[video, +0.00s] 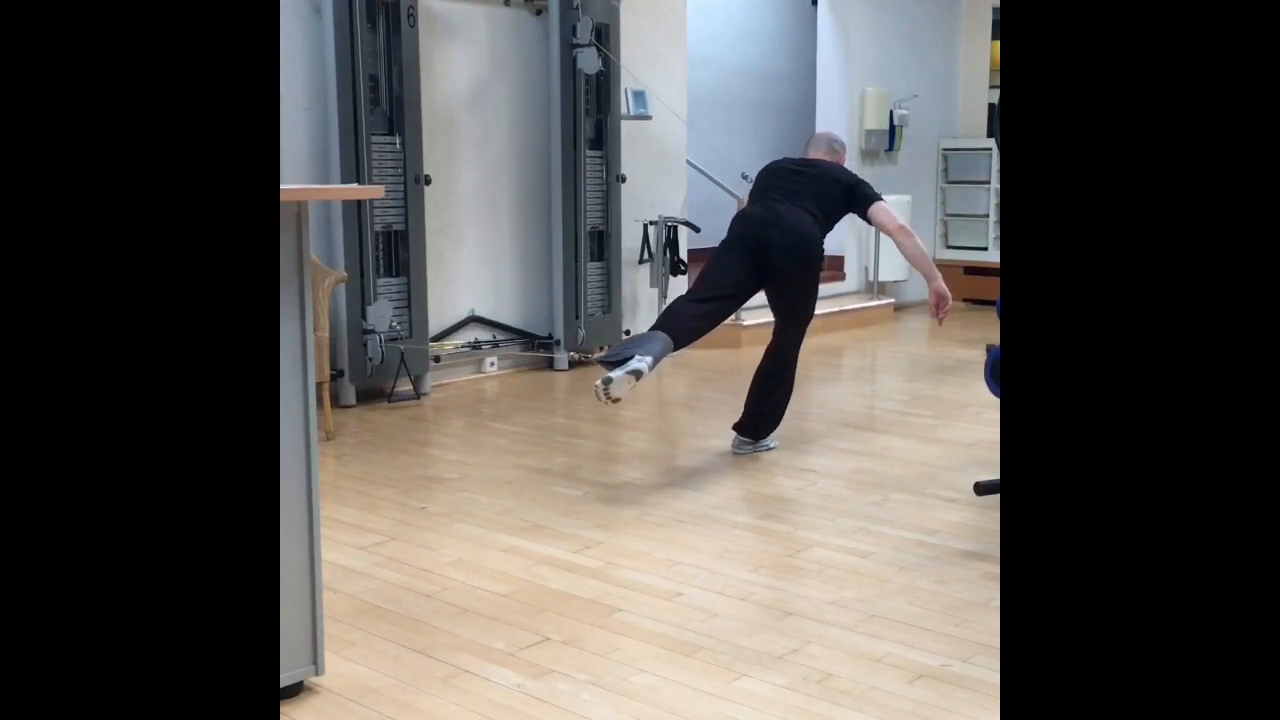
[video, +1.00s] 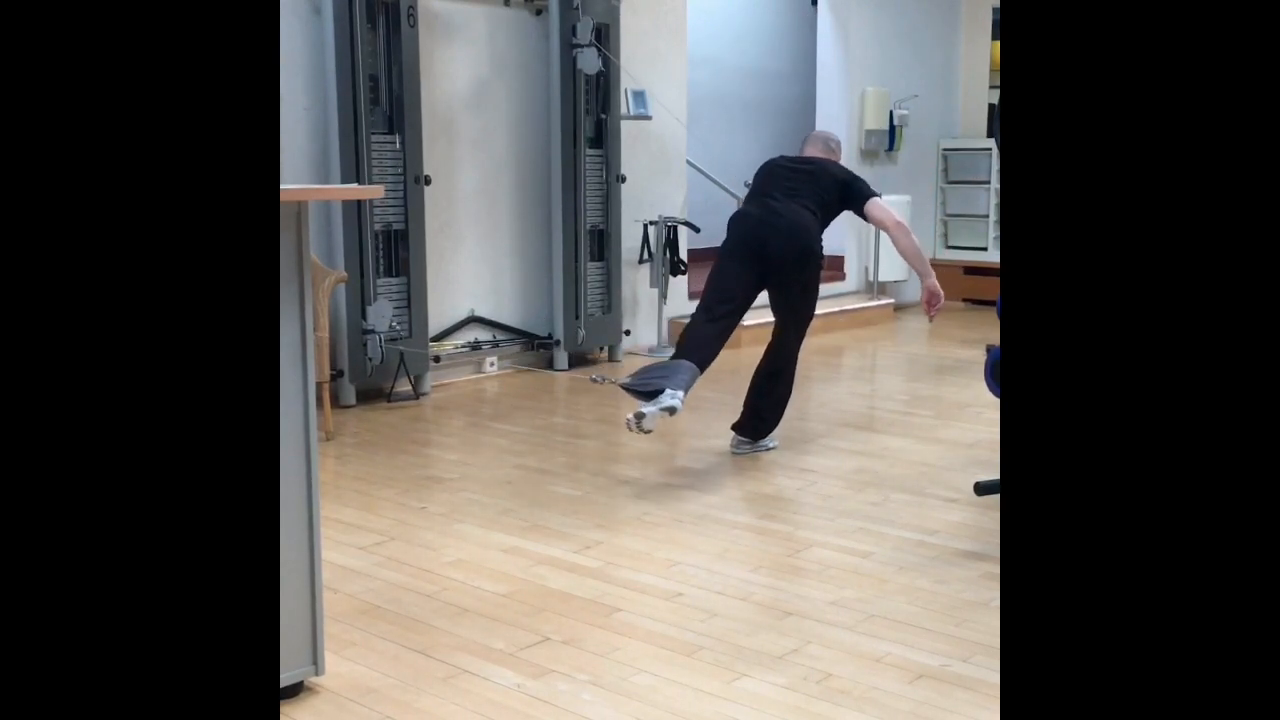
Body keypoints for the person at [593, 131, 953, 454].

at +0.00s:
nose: (842, 167)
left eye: (836, 160)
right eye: (843, 161)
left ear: (807, 151)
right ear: (840, 158)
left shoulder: (777, 166)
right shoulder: (845, 178)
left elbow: (745, 209)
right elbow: (897, 228)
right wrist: (935, 281)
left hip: (748, 233)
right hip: (798, 247)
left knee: (702, 301)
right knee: (787, 337)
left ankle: (646, 354)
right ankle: (752, 433)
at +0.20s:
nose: (842, 171)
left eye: (836, 164)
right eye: (842, 166)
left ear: (806, 156)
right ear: (838, 164)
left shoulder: (776, 171)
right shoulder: (844, 180)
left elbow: (747, 210)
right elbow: (896, 230)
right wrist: (935, 281)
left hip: (748, 230)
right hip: (798, 244)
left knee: (705, 295)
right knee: (787, 338)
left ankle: (642, 346)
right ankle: (751, 432)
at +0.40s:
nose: (839, 176)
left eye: (832, 171)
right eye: (840, 171)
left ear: (802, 163)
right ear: (836, 169)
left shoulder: (775, 177)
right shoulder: (841, 181)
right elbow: (894, 227)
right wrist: (938, 275)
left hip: (747, 233)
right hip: (796, 244)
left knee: (706, 297)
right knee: (788, 335)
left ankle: (643, 350)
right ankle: (750, 431)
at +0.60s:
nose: (839, 177)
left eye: (832, 172)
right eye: (839, 172)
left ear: (800, 166)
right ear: (835, 169)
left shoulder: (773, 180)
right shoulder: (840, 181)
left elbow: (747, 220)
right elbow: (892, 223)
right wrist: (939, 271)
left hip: (746, 234)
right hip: (796, 244)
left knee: (708, 305)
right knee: (788, 338)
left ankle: (652, 360)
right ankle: (751, 432)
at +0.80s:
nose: (833, 171)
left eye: (823, 165)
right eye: (835, 167)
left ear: (800, 160)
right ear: (834, 165)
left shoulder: (773, 176)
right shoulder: (840, 180)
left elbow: (746, 217)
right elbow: (892, 222)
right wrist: (935, 272)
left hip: (744, 236)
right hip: (794, 247)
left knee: (707, 310)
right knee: (788, 340)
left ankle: (656, 373)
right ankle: (751, 432)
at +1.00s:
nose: (838, 164)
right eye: (839, 160)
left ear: (803, 151)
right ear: (836, 158)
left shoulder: (773, 166)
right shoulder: (842, 177)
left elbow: (749, 204)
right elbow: (893, 223)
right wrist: (928, 277)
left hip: (746, 234)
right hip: (798, 246)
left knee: (714, 313)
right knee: (787, 338)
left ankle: (674, 387)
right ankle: (750, 432)